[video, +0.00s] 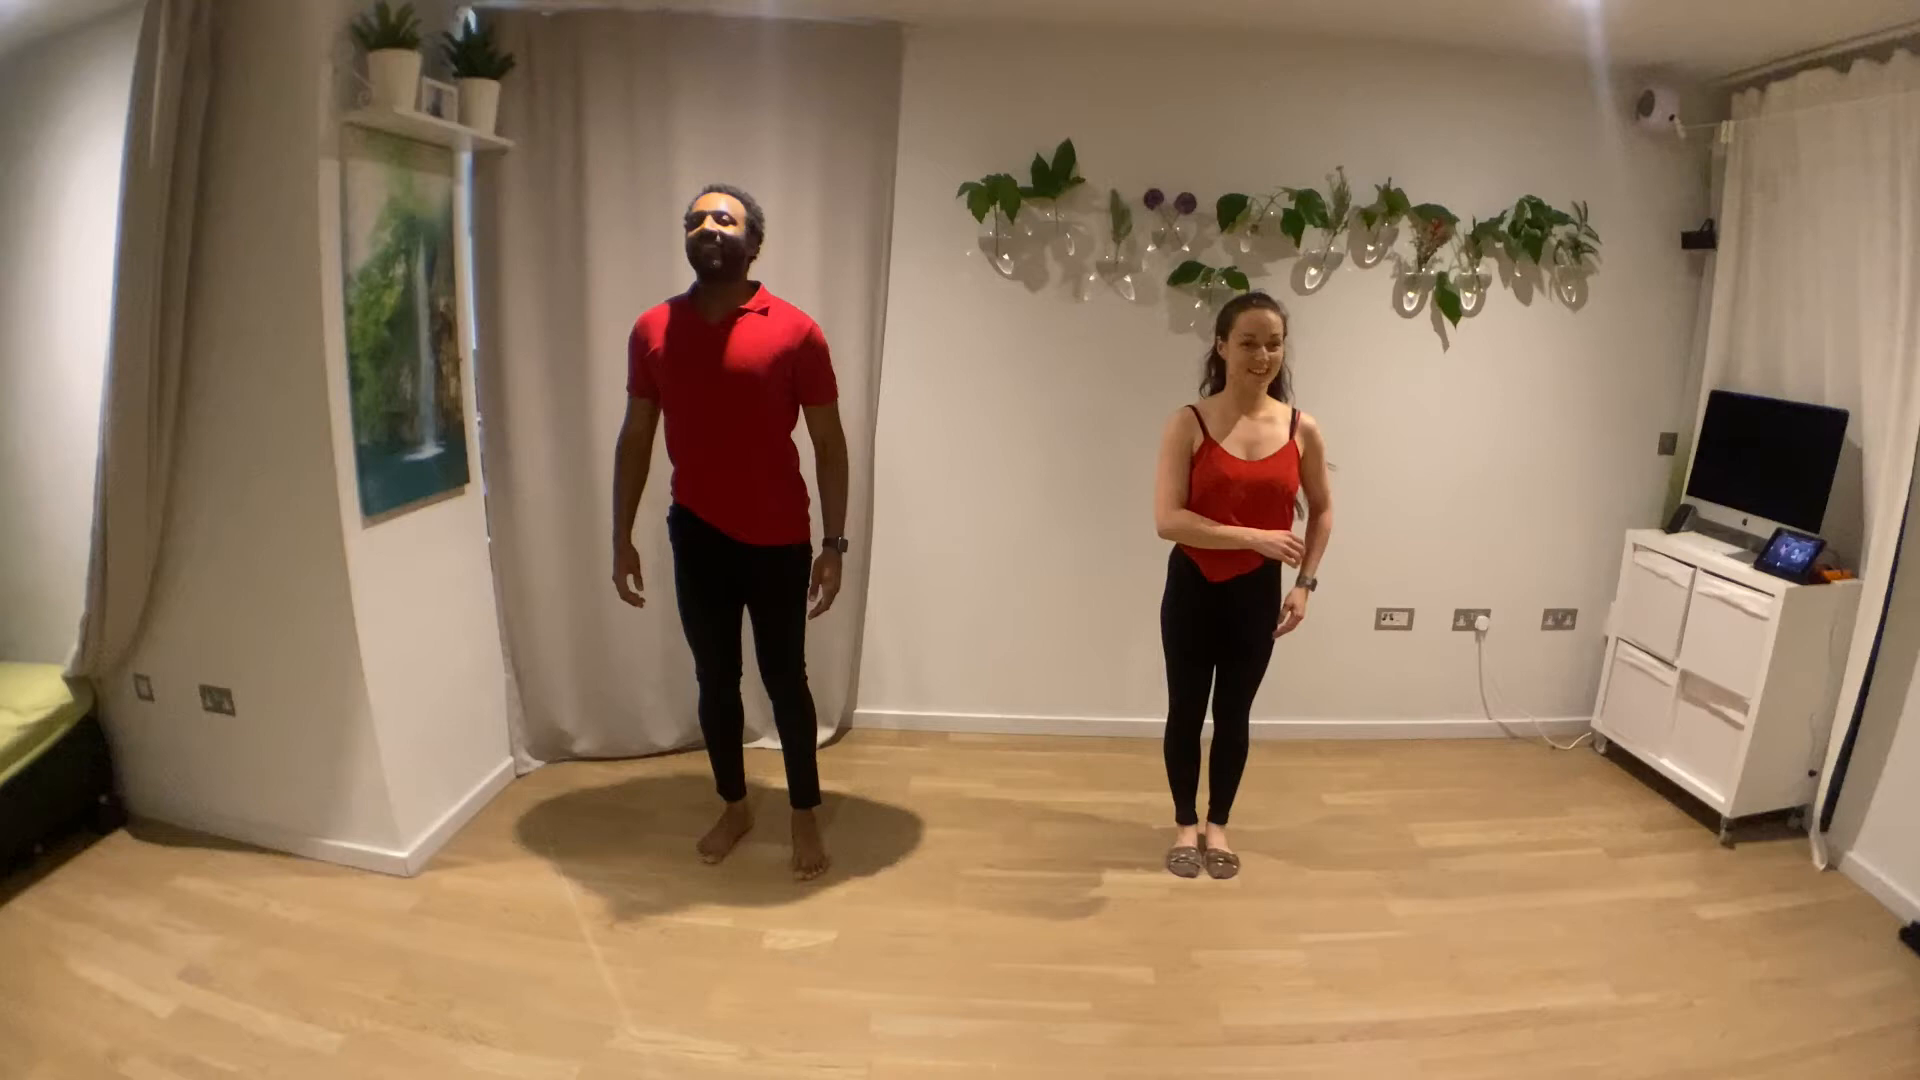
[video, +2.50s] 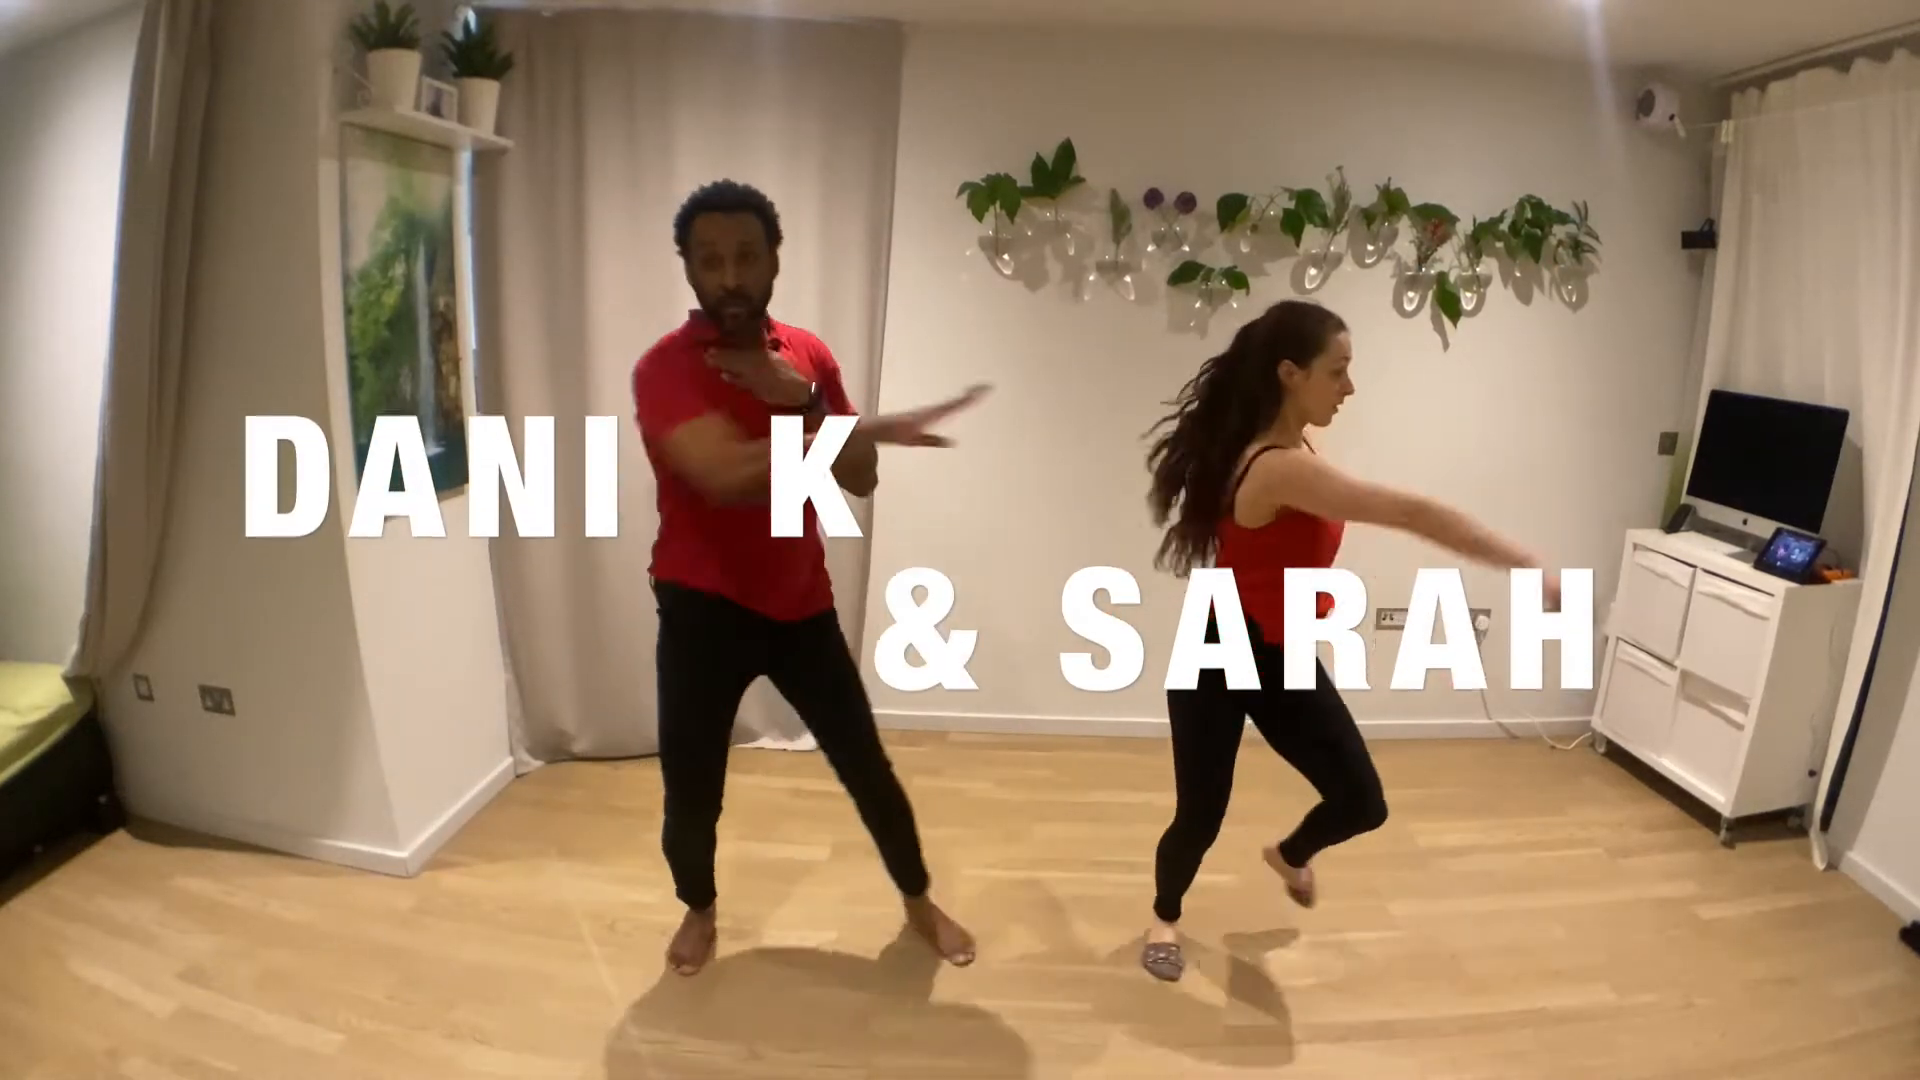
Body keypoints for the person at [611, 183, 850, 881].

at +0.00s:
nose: (709, 228)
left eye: (726, 220)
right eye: (697, 220)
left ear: (754, 244)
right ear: (683, 243)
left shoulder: (795, 332)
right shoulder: (656, 330)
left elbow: (829, 442)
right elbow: (636, 437)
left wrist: (833, 543)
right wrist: (624, 537)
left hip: (777, 536)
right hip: (699, 533)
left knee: (785, 677)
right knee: (715, 680)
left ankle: (804, 816)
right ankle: (733, 806)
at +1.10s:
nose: (735, 251)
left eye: (753, 237)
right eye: (723, 238)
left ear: (790, 250)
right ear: (709, 252)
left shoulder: (834, 358)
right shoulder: (685, 345)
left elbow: (870, 491)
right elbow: (667, 421)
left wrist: (770, 556)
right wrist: (680, 508)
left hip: (826, 577)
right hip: (740, 577)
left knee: (820, 716)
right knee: (759, 757)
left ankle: (815, 823)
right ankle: (812, 909)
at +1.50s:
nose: (716, 260)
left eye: (738, 244)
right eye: (701, 244)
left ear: (776, 255)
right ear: (687, 256)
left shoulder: (828, 366)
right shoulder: (677, 379)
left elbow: (920, 489)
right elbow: (654, 495)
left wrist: (841, 595)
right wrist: (649, 522)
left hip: (789, 630)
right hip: (699, 622)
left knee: (742, 814)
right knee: (734, 815)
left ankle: (836, 929)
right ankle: (825, 941)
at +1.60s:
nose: (706, 261)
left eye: (728, 244)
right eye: (692, 244)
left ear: (767, 255)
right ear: (677, 254)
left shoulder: (825, 370)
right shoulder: (660, 385)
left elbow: (921, 492)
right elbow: (642, 511)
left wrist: (825, 585)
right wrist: (633, 573)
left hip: (775, 637)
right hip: (686, 631)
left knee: (702, 838)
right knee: (724, 819)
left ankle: (751, 1024)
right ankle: (827, 950)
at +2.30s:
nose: (673, 259)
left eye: (694, 240)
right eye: (655, 239)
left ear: (726, 253)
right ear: (631, 253)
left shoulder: (790, 370)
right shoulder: (605, 373)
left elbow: (881, 473)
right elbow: (573, 465)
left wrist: (860, 547)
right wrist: (543, 542)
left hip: (773, 617)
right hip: (676, 613)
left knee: (739, 802)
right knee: (674, 799)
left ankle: (778, 952)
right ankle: (702, 909)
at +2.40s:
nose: (705, 266)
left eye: (722, 247)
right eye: (685, 249)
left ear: (751, 255)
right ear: (660, 262)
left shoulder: (807, 361)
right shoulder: (628, 372)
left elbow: (883, 477)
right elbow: (556, 478)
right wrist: (627, 477)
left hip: (786, 608)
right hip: (685, 605)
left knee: (804, 792)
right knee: (673, 791)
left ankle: (860, 881)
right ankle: (702, 905)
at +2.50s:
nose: (727, 280)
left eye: (745, 260)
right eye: (707, 261)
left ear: (775, 264)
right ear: (687, 269)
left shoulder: (807, 356)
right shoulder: (665, 370)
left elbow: (859, 480)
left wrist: (802, 401)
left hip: (797, 604)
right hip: (702, 607)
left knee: (865, 766)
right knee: (689, 783)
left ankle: (920, 903)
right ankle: (697, 910)